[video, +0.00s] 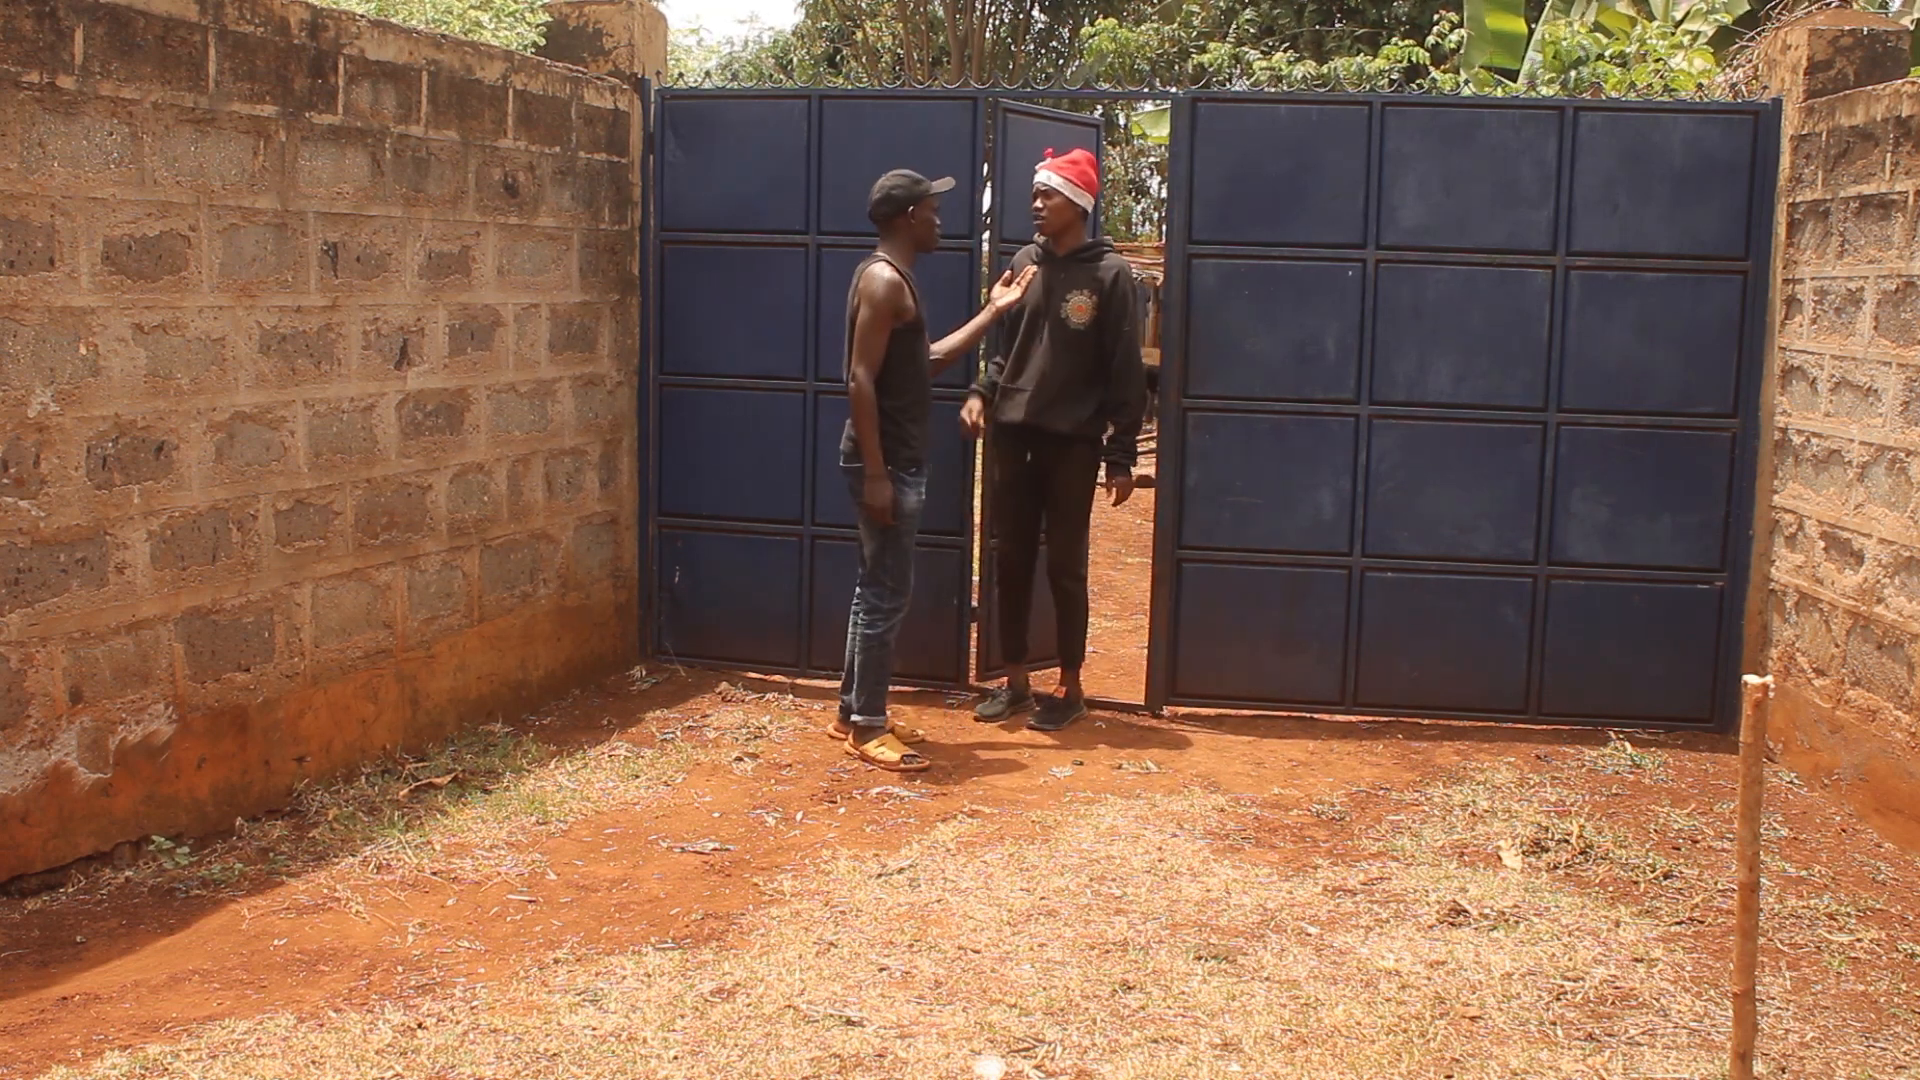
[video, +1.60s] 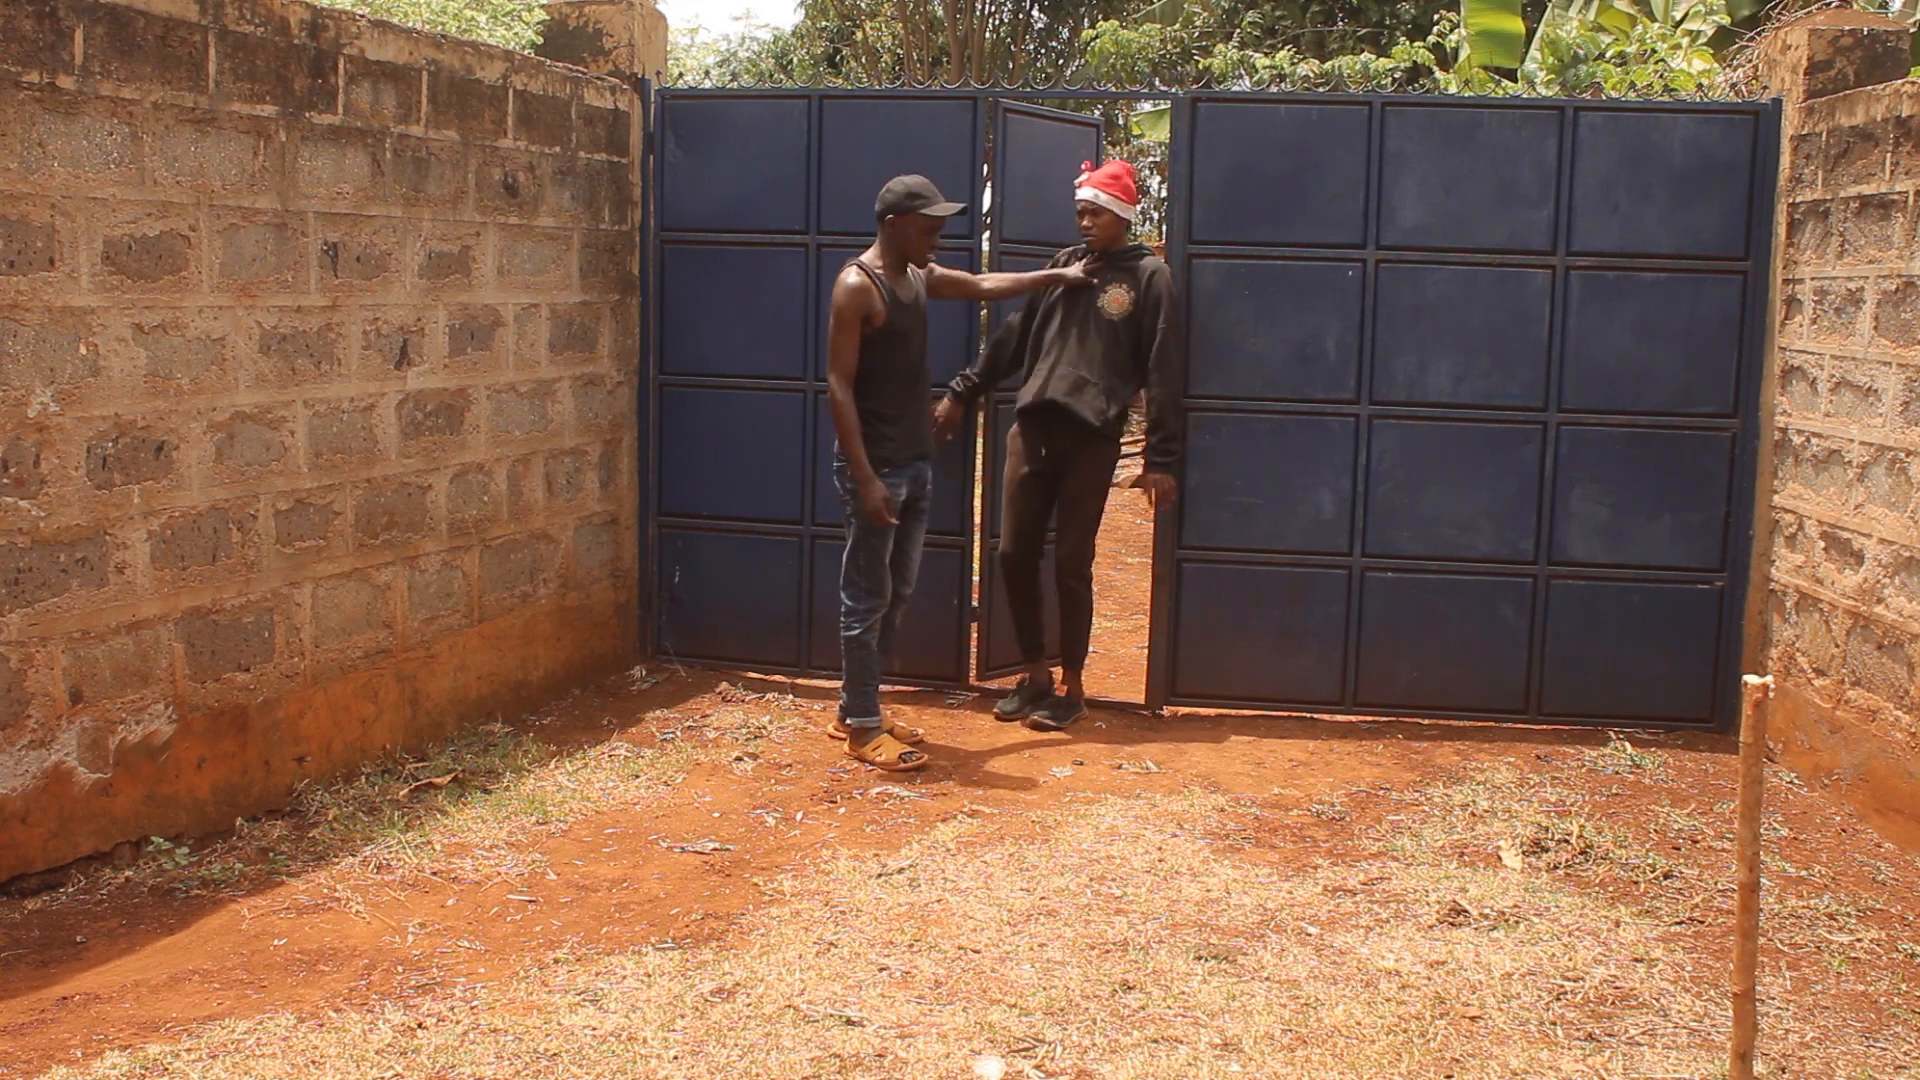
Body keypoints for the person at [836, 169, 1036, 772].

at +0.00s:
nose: (940, 220)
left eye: (937, 210)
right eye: (933, 210)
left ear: (901, 219)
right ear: (908, 217)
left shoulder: (891, 277)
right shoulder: (884, 281)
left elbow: (927, 358)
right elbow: (860, 379)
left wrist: (991, 309)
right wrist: (875, 472)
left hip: (896, 459)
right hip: (887, 463)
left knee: (879, 588)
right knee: (886, 592)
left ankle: (855, 706)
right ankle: (868, 725)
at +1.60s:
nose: (938, 237)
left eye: (940, 227)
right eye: (930, 226)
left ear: (917, 227)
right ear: (892, 223)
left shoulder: (917, 274)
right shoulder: (855, 288)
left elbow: (983, 286)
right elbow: (838, 387)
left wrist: (1055, 275)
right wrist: (863, 477)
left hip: (915, 461)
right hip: (872, 465)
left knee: (896, 593)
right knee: (866, 596)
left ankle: (860, 707)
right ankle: (862, 725)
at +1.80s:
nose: (934, 235)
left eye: (934, 226)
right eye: (925, 226)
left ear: (906, 230)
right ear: (889, 227)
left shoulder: (913, 272)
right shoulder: (845, 291)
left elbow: (978, 277)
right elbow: (819, 389)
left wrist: (1043, 241)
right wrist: (831, 482)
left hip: (909, 464)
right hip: (859, 467)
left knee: (894, 593)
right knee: (855, 598)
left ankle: (864, 709)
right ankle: (862, 731)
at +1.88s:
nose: (935, 234)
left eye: (935, 224)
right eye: (927, 224)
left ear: (903, 228)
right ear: (893, 228)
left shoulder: (913, 274)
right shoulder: (843, 291)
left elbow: (974, 293)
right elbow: (815, 385)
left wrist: (1039, 249)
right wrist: (820, 478)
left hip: (906, 464)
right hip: (856, 467)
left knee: (893, 591)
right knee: (856, 597)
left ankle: (864, 707)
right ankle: (861, 732)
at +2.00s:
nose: (936, 228)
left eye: (935, 219)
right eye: (930, 220)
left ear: (901, 226)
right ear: (902, 227)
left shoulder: (914, 275)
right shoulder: (845, 290)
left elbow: (968, 306)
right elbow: (811, 382)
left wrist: (1042, 274)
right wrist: (814, 475)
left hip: (904, 463)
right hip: (855, 466)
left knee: (889, 590)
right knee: (855, 596)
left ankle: (863, 711)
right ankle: (862, 731)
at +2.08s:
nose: (939, 225)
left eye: (938, 217)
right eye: (932, 218)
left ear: (904, 225)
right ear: (904, 225)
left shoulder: (915, 275)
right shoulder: (847, 287)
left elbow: (963, 315)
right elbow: (812, 381)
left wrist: (1040, 296)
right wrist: (814, 473)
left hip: (903, 462)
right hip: (854, 466)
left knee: (889, 590)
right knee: (856, 596)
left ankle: (863, 711)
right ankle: (861, 730)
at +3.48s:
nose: (914, 227)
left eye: (911, 217)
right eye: (906, 218)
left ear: (877, 225)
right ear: (876, 225)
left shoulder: (887, 282)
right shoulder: (815, 293)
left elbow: (873, 385)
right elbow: (769, 385)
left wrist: (897, 451)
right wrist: (753, 481)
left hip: (884, 477)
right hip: (832, 483)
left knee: (890, 604)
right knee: (835, 622)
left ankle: (870, 717)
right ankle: (817, 759)